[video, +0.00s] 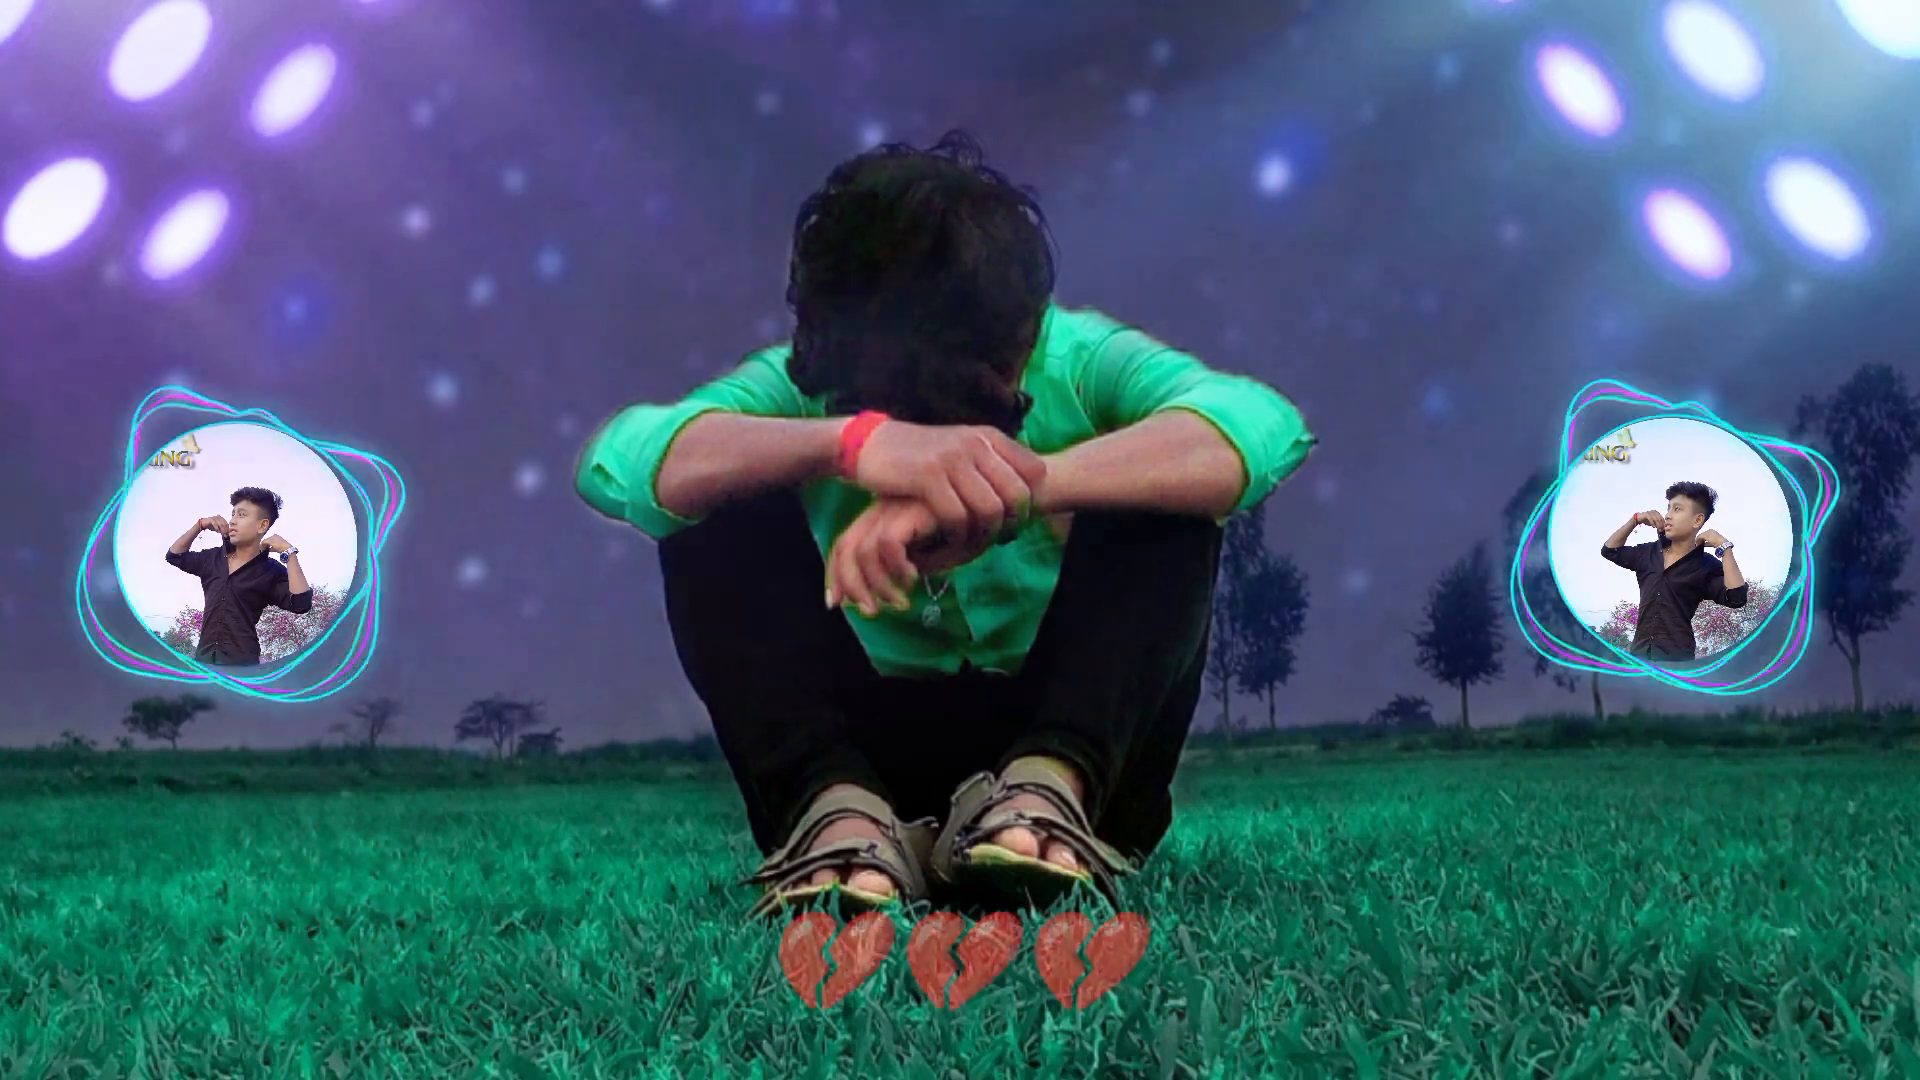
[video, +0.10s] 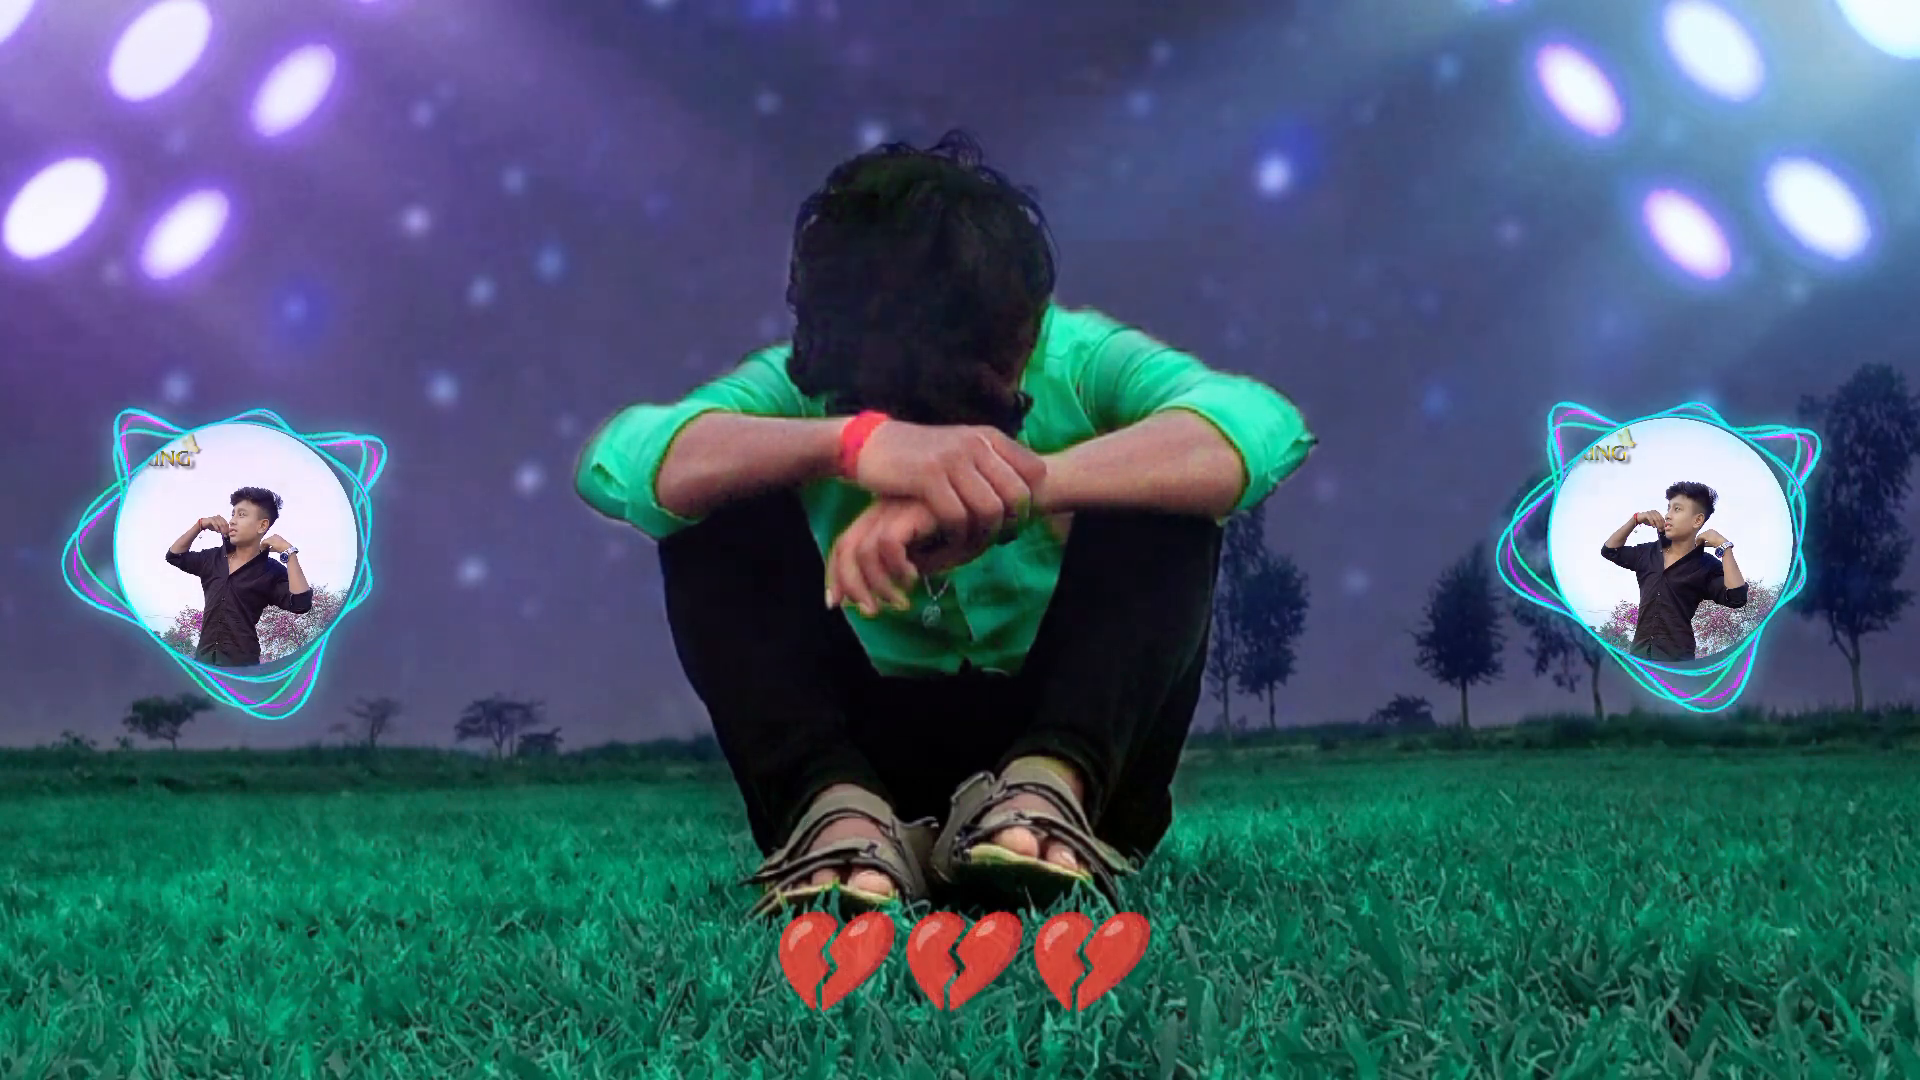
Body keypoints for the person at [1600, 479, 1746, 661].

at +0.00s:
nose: (1667, 515)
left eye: (1677, 509)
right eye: (1668, 509)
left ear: (1698, 520)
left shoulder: (1705, 565)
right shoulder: (1647, 552)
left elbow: (1737, 599)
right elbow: (1609, 551)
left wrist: (1725, 547)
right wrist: (1634, 520)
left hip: (1677, 657)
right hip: (1639, 653)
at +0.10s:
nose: (1667, 515)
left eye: (1677, 509)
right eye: (1668, 509)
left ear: (1698, 520)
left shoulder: (1705, 564)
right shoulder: (1647, 553)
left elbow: (1737, 599)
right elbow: (1609, 551)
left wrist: (1725, 547)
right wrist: (1634, 520)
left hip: (1677, 658)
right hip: (1639, 653)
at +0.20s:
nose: (1667, 515)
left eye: (1677, 509)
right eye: (1668, 509)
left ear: (1698, 520)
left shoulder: (1705, 564)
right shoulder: (1647, 553)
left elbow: (1737, 599)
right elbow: (1609, 551)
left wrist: (1725, 547)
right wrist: (1634, 520)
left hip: (1677, 659)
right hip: (1639, 654)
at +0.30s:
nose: (1667, 515)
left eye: (1677, 509)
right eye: (1668, 509)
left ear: (1698, 520)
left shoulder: (1705, 564)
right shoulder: (1647, 553)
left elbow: (1737, 599)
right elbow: (1609, 551)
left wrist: (1725, 547)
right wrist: (1634, 520)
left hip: (1677, 659)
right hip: (1639, 655)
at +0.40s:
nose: (1667, 515)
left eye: (1677, 509)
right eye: (1668, 509)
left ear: (1698, 520)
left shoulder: (1705, 564)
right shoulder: (1647, 553)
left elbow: (1737, 599)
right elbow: (1609, 551)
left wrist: (1725, 547)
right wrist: (1634, 520)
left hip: (1677, 660)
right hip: (1639, 655)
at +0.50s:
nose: (1667, 515)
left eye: (1677, 509)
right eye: (1668, 508)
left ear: (1698, 520)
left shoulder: (1705, 565)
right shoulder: (1647, 553)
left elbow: (1737, 599)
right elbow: (1609, 551)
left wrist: (1725, 547)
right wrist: (1634, 521)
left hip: (1677, 659)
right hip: (1639, 654)